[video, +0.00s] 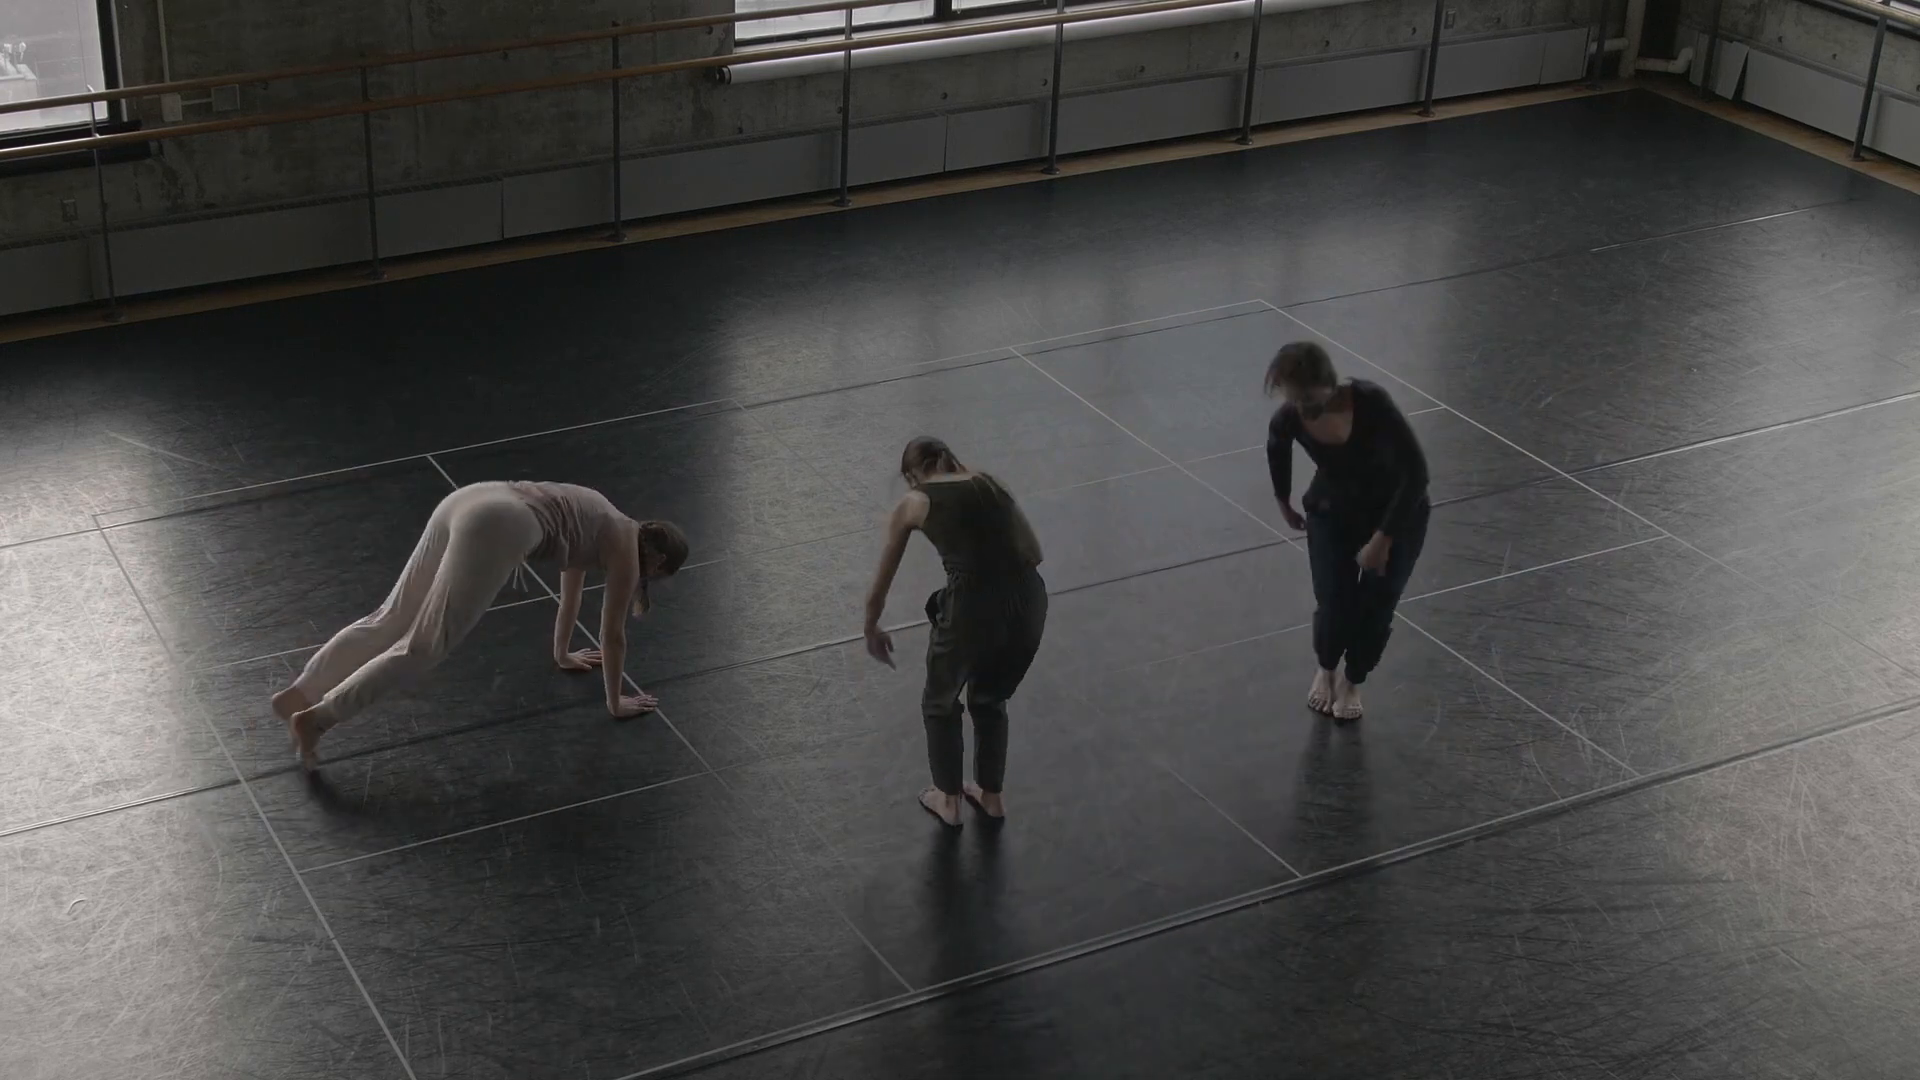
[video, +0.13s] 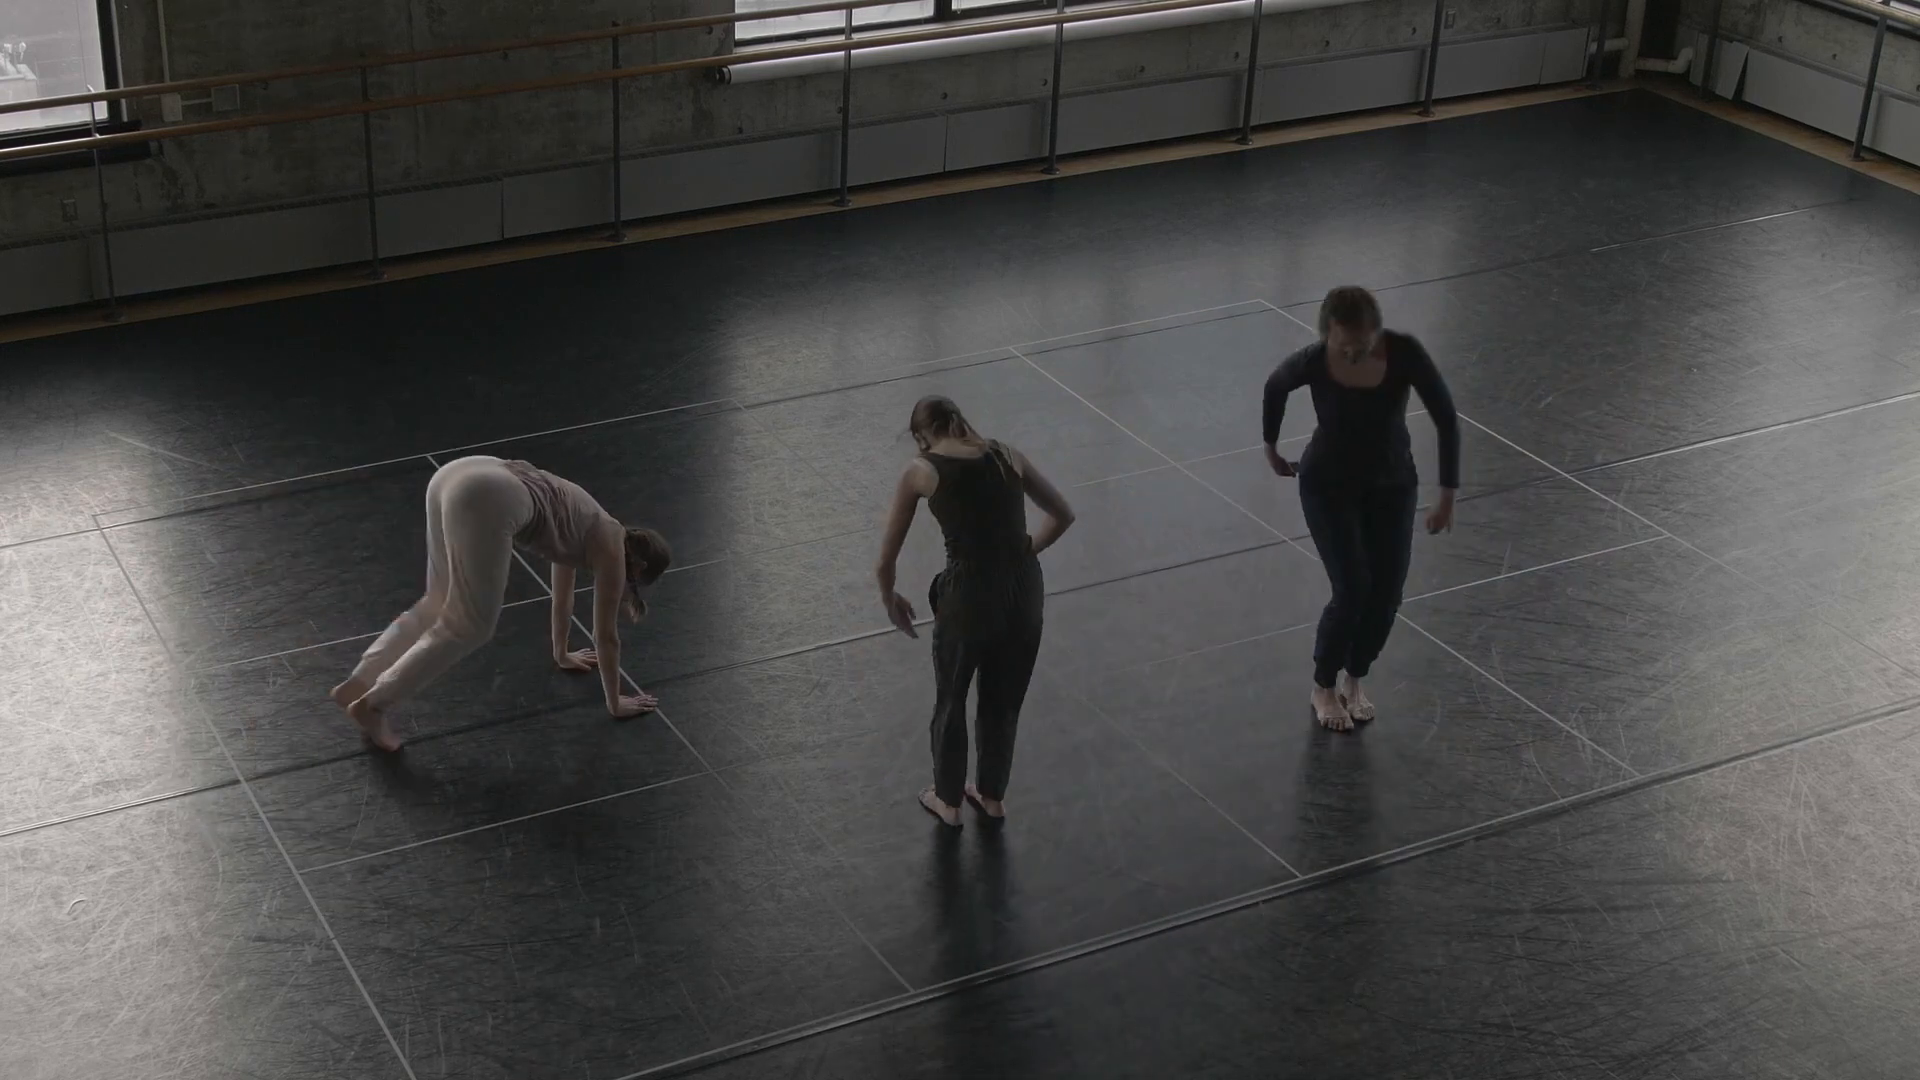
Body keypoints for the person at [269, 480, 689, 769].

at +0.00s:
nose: (648, 583)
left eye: (656, 577)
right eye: (658, 575)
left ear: (645, 543)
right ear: (655, 555)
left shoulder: (588, 525)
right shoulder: (625, 537)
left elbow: (569, 601)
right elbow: (615, 632)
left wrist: (562, 656)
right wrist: (617, 700)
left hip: (463, 500)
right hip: (502, 519)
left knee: (388, 619)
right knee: (423, 649)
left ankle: (298, 691)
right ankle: (317, 717)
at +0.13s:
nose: (630, 588)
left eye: (637, 584)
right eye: (637, 581)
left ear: (628, 549)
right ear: (635, 562)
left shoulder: (570, 529)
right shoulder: (610, 539)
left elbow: (560, 602)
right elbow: (607, 636)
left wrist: (562, 656)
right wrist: (617, 702)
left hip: (447, 478)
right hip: (487, 494)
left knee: (436, 606)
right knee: (471, 626)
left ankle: (357, 682)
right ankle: (374, 704)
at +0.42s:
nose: (603, 591)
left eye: (611, 586)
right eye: (611, 586)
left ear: (599, 543)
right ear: (608, 572)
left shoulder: (549, 523)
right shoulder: (576, 566)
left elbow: (535, 594)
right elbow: (587, 653)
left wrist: (559, 653)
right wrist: (614, 703)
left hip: (411, 562)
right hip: (438, 594)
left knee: (517, 613)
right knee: (545, 639)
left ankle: (421, 672)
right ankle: (438, 700)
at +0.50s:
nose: (595, 599)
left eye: (602, 595)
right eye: (600, 593)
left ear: (583, 549)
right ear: (593, 579)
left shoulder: (527, 534)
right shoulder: (557, 574)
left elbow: (530, 614)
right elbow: (575, 659)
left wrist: (572, 654)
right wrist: (610, 703)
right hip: (428, 628)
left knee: (525, 620)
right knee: (544, 651)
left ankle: (422, 675)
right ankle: (438, 702)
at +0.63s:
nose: (573, 606)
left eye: (580, 602)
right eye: (579, 600)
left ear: (559, 557)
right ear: (573, 586)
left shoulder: (510, 545)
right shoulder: (536, 585)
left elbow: (524, 618)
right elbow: (566, 667)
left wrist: (566, 657)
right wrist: (612, 703)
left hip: (380, 618)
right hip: (408, 647)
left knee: (507, 626)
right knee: (532, 647)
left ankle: (414, 679)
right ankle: (427, 703)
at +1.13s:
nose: (550, 525)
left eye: (556, 519)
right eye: (554, 516)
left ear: (523, 478)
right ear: (542, 502)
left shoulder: (477, 490)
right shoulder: (512, 509)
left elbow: (483, 580)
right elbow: (520, 601)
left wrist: (501, 643)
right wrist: (544, 652)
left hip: (341, 519)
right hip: (365, 537)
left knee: (434, 600)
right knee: (460, 617)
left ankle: (391, 695)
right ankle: (408, 723)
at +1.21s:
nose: (548, 498)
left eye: (554, 491)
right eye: (552, 489)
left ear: (521, 454)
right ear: (543, 480)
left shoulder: (474, 467)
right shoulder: (512, 493)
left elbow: (464, 563)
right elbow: (499, 582)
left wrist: (469, 638)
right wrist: (507, 649)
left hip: (339, 507)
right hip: (362, 523)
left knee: (421, 603)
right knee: (447, 621)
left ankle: (389, 702)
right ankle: (406, 726)